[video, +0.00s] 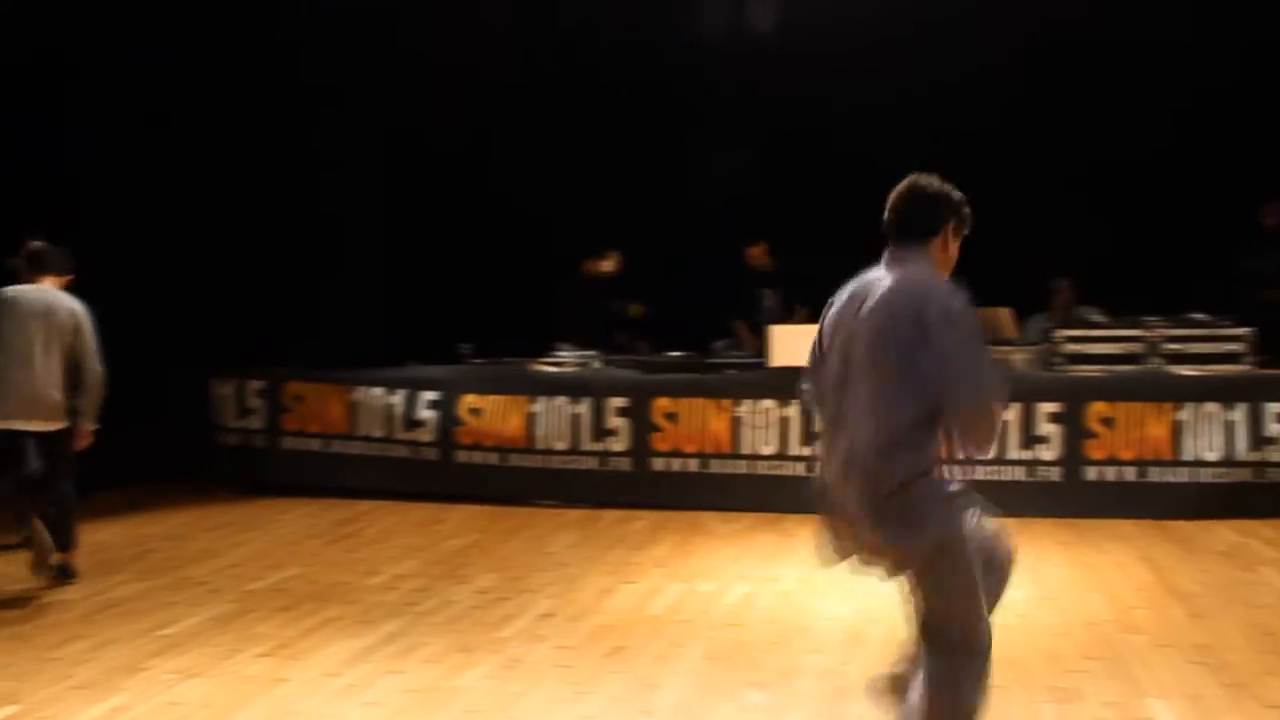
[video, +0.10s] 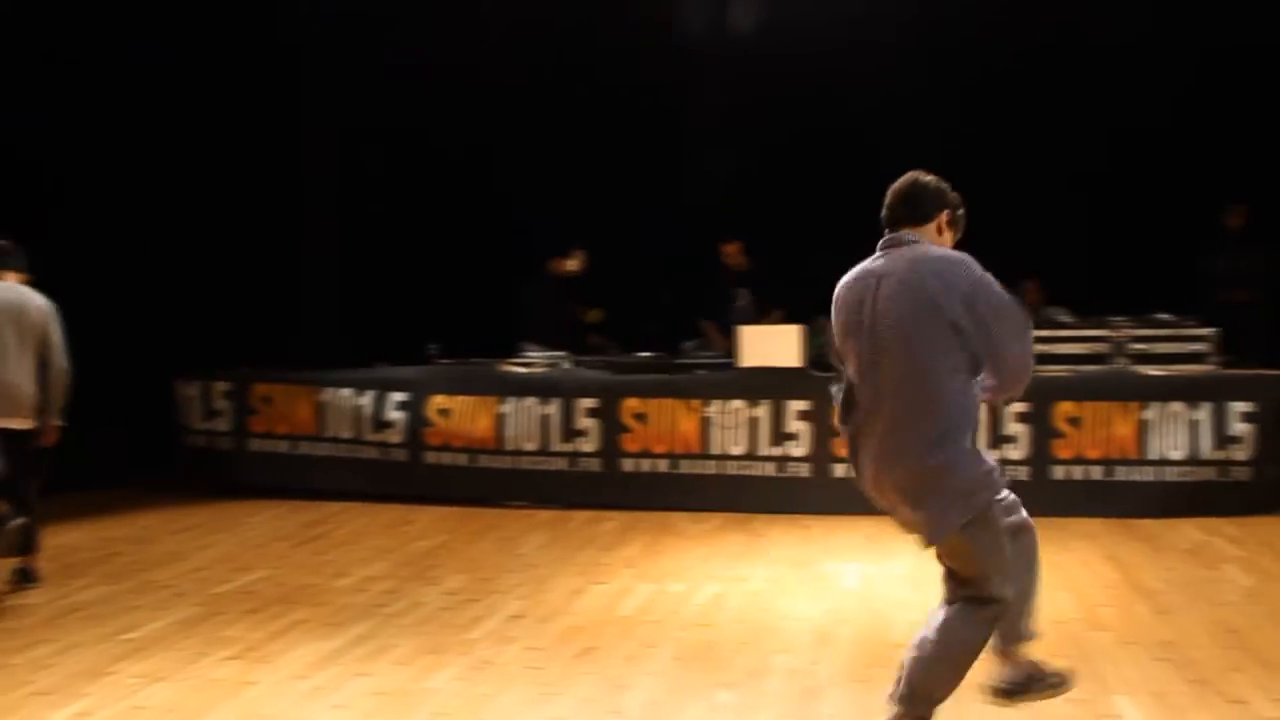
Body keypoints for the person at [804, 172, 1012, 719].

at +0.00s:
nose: (958, 254)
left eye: (958, 240)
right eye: (958, 240)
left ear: (891, 232)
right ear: (943, 238)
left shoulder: (848, 297)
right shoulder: (938, 302)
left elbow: (817, 391)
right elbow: (977, 421)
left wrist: (865, 433)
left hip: (849, 498)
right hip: (910, 501)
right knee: (959, 644)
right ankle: (938, 707)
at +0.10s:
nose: (953, 239)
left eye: (954, 230)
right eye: (953, 229)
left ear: (889, 224)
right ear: (940, 223)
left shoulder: (847, 287)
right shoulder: (954, 271)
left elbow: (856, 370)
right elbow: (1014, 366)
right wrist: (982, 388)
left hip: (875, 462)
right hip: (940, 460)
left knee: (1012, 528)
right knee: (979, 592)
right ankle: (909, 708)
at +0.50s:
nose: (949, 247)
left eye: (944, 242)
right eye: (948, 240)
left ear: (893, 257)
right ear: (943, 241)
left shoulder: (880, 308)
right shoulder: (984, 272)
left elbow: (837, 356)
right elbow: (1052, 303)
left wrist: (880, 353)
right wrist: (1110, 348)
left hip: (946, 450)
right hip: (1010, 436)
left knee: (981, 557)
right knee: (1039, 522)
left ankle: (1002, 674)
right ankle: (1085, 603)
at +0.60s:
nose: (953, 251)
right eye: (952, 243)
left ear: (901, 261)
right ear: (949, 243)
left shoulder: (889, 307)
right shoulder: (997, 272)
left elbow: (817, 343)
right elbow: (1074, 290)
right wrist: (1094, 327)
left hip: (958, 449)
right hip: (1027, 436)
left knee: (990, 528)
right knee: (1053, 534)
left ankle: (1013, 631)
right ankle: (1033, 648)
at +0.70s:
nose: (910, 289)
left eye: (906, 280)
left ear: (907, 280)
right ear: (956, 262)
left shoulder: (900, 323)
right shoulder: (1007, 286)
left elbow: (819, 352)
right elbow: (1073, 286)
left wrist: (778, 375)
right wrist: (1063, 318)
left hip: (978, 467)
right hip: (1045, 455)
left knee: (995, 545)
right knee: (1041, 567)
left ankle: (1005, 615)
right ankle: (1035, 669)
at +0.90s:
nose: (904, 274)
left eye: (904, 265)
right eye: (903, 264)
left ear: (917, 263)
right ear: (950, 255)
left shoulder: (928, 316)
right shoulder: (995, 294)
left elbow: (939, 399)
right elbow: (1040, 337)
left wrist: (918, 388)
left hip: (977, 437)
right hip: (1025, 428)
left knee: (974, 540)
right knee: (997, 501)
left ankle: (1004, 620)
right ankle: (1040, 551)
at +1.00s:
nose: (899, 256)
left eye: (902, 245)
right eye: (899, 246)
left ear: (929, 243)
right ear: (940, 242)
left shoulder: (944, 298)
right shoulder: (981, 284)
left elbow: (933, 377)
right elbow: (980, 357)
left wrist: (895, 361)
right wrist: (918, 354)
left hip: (972, 432)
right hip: (996, 423)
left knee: (969, 520)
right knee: (922, 480)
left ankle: (1017, 591)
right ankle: (960, 567)